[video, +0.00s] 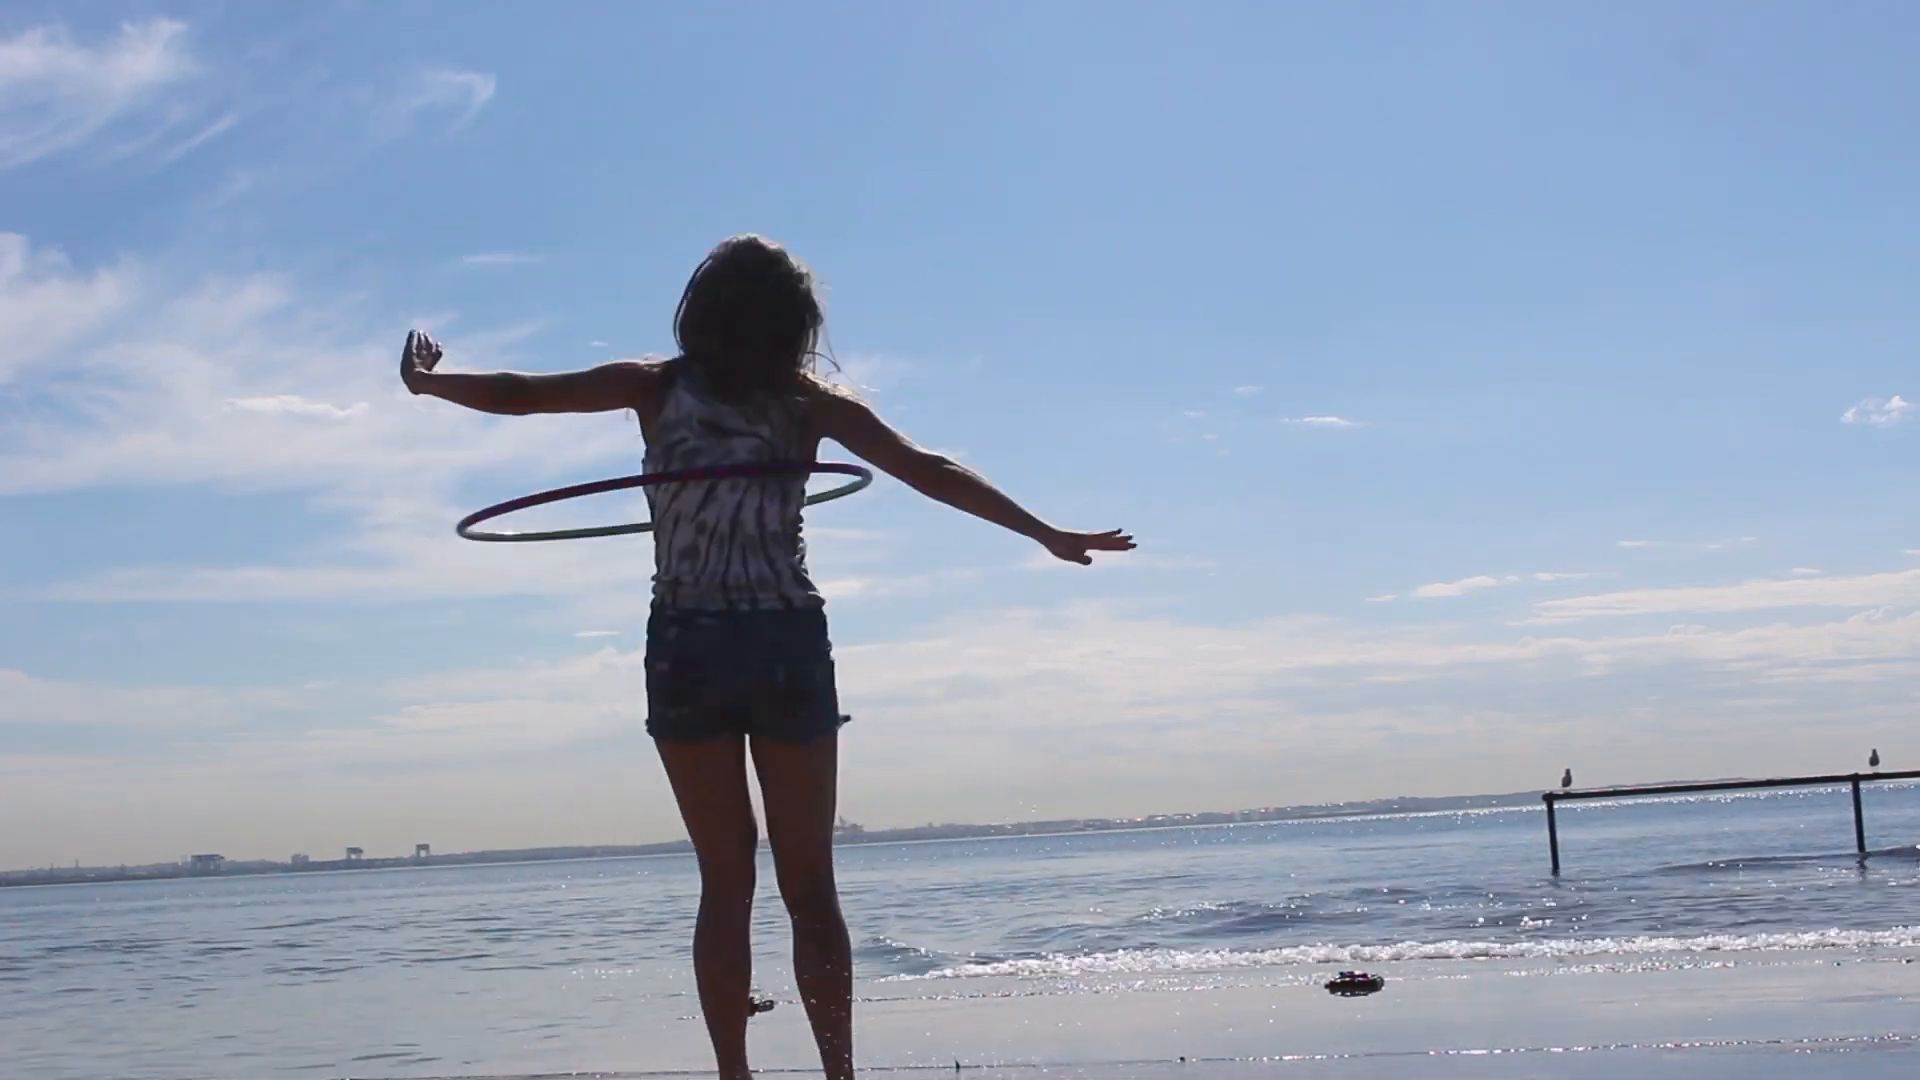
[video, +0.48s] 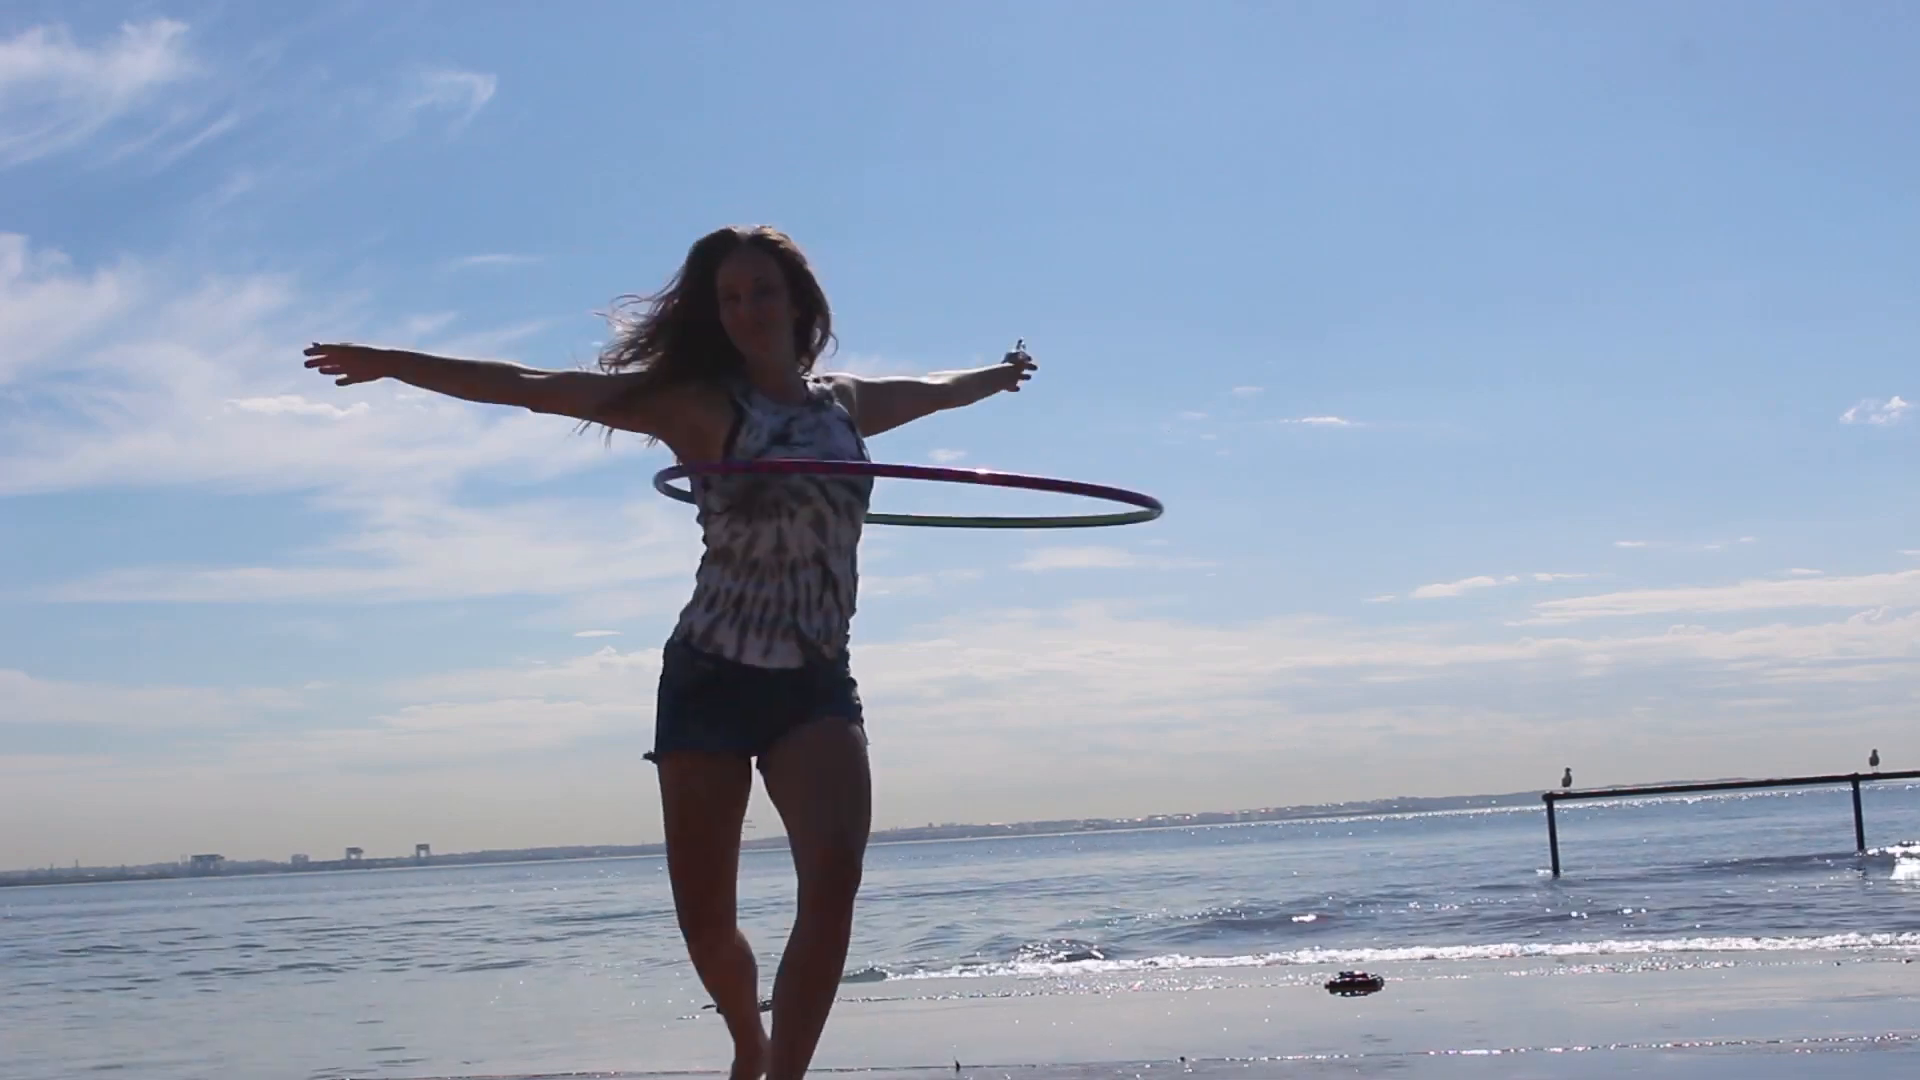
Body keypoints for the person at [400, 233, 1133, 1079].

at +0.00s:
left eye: (712, 296)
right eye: (794, 312)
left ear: (699, 314)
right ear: (792, 323)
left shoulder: (655, 388)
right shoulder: (811, 402)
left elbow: (523, 395)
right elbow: (927, 470)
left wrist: (428, 379)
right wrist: (1047, 532)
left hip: (684, 647)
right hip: (788, 644)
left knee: (725, 876)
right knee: (809, 881)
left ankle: (732, 1071)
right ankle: (840, 1068)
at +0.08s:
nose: (678, 309)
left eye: (688, 294)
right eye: (680, 294)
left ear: (728, 300)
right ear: (772, 304)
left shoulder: (696, 372)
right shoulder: (823, 389)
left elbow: (556, 367)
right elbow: (922, 455)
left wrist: (420, 351)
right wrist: (937, 497)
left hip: (715, 635)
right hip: (809, 637)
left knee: (739, 875)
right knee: (809, 877)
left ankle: (754, 1073)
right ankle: (841, 1071)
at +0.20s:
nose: (676, 301)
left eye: (693, 286)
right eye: (674, 287)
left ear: (741, 293)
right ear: (690, 298)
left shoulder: (745, 370)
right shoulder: (718, 378)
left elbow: (793, 386)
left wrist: (830, 372)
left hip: (772, 634)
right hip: (803, 632)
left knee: (742, 859)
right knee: (808, 867)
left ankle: (774, 1072)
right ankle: (855, 1069)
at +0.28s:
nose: (685, 292)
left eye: (705, 275)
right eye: (676, 278)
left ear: (750, 287)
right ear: (669, 295)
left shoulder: (786, 382)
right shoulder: (685, 385)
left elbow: (930, 405)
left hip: (804, 650)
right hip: (746, 662)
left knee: (765, 871)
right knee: (822, 880)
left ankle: (771, 1074)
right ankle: (902, 1066)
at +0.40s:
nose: (727, 292)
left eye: (742, 275)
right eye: (711, 280)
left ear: (778, 286)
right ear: (693, 297)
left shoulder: (830, 396)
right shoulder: (672, 390)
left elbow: (950, 420)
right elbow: (565, 363)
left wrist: (1044, 424)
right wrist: (487, 328)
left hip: (820, 658)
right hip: (717, 664)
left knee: (803, 885)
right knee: (743, 891)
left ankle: (781, 1075)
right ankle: (874, 1048)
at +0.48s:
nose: (748, 308)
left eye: (764, 289)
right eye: (730, 296)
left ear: (800, 301)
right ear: (711, 313)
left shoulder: (845, 403)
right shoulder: (691, 403)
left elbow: (938, 393)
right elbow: (532, 388)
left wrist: (1002, 373)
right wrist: (395, 364)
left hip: (814, 678)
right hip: (710, 675)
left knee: (835, 879)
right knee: (704, 910)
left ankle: (784, 1072)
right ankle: (752, 1046)